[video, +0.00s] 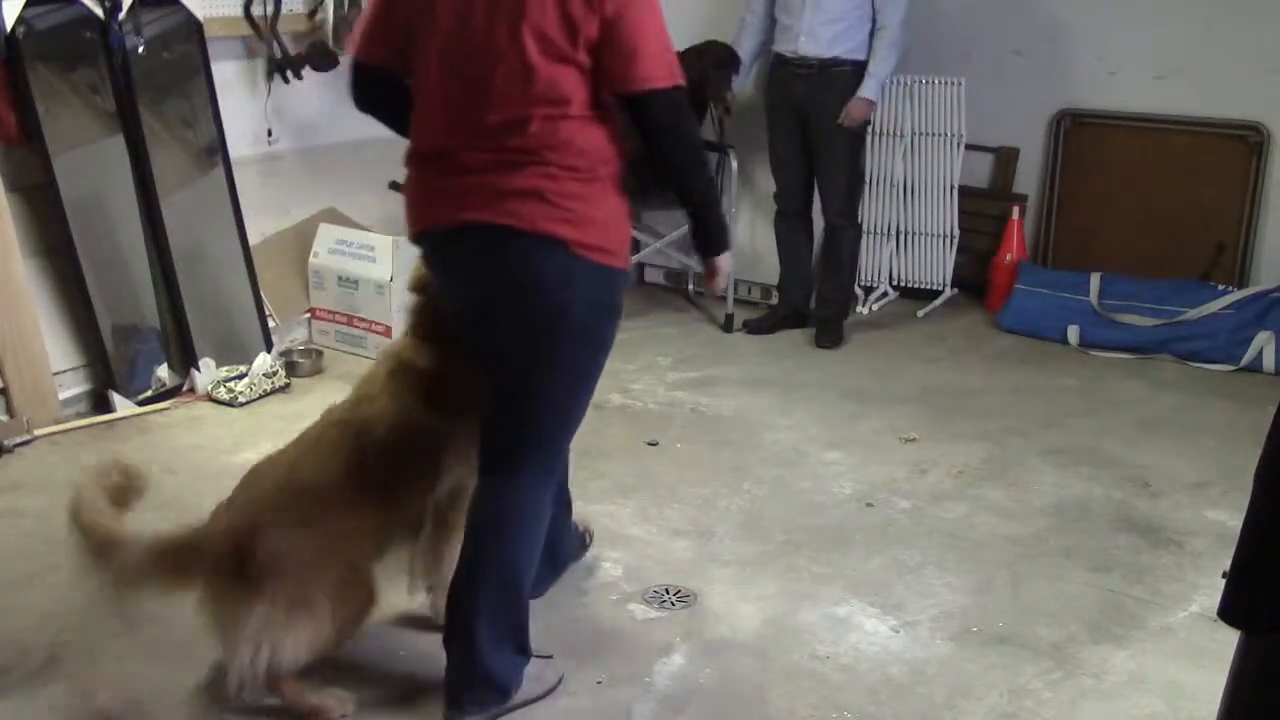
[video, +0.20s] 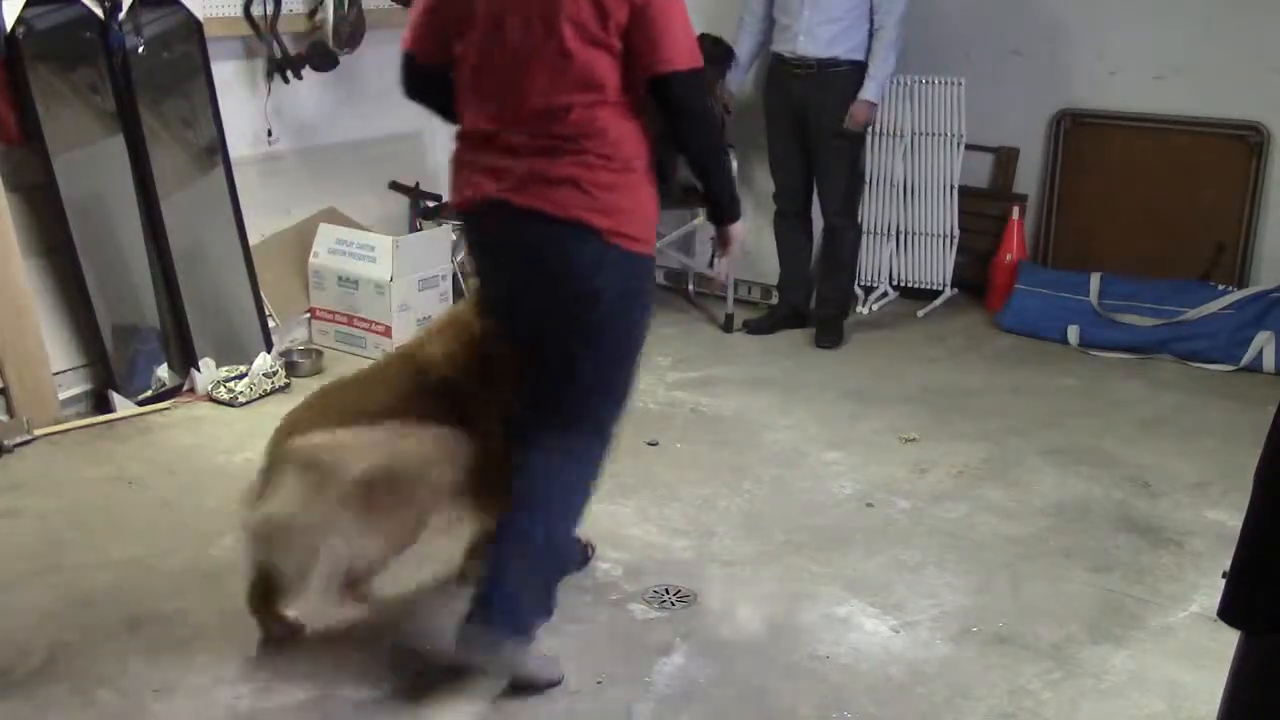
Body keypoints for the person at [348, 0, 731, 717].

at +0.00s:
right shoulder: (608, 1)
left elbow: (372, 83)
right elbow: (661, 108)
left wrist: (461, 135)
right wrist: (712, 233)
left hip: (447, 213)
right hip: (561, 222)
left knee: (520, 397)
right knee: (523, 456)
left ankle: (549, 546)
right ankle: (484, 677)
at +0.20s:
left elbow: (420, 74)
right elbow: (681, 91)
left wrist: (504, 121)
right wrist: (724, 204)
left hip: (492, 200)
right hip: (595, 213)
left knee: (527, 391)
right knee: (578, 418)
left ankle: (541, 540)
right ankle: (499, 628)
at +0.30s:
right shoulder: (649, 1)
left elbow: (443, 61)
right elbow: (679, 79)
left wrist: (525, 110)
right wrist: (726, 201)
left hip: (510, 187)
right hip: (614, 198)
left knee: (557, 377)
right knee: (637, 393)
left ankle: (543, 547)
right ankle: (541, 558)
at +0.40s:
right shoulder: (666, 1)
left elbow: (470, 54)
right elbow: (684, 76)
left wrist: (548, 104)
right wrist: (730, 203)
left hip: (534, 182)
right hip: (633, 191)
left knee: (562, 376)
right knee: (684, 361)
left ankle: (537, 560)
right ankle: (611, 529)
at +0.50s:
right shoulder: (687, 1)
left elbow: (501, 52)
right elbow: (698, 75)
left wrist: (572, 103)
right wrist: (740, 202)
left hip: (560, 181)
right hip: (656, 189)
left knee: (577, 371)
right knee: (710, 345)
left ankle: (538, 553)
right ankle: (697, 514)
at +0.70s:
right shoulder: (759, 4)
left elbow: (580, 56)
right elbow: (766, 80)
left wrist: (642, 119)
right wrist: (814, 204)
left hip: (631, 177)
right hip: (728, 188)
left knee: (637, 358)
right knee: (748, 348)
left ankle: (557, 528)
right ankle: (740, 495)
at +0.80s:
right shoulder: (792, 3)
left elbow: (616, 45)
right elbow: (810, 76)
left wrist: (674, 104)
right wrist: (856, 194)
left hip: (668, 170)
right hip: (761, 179)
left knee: (695, 333)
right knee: (767, 346)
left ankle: (610, 470)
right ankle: (743, 496)